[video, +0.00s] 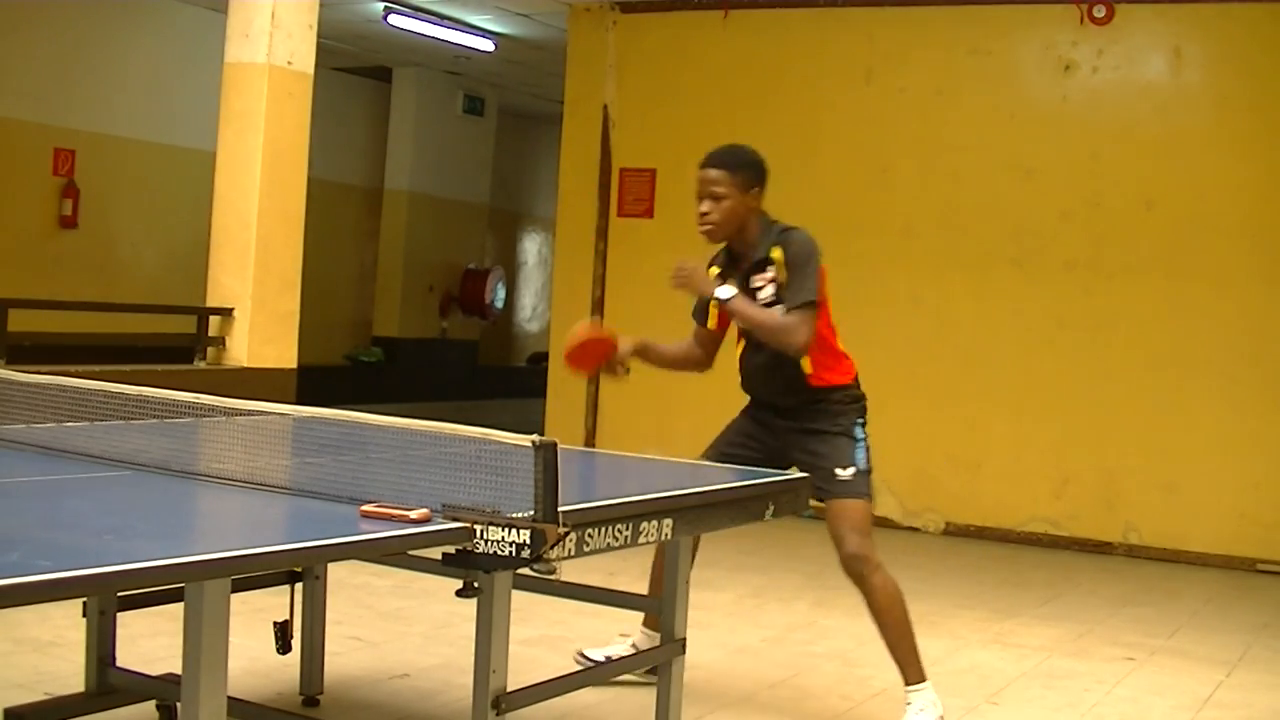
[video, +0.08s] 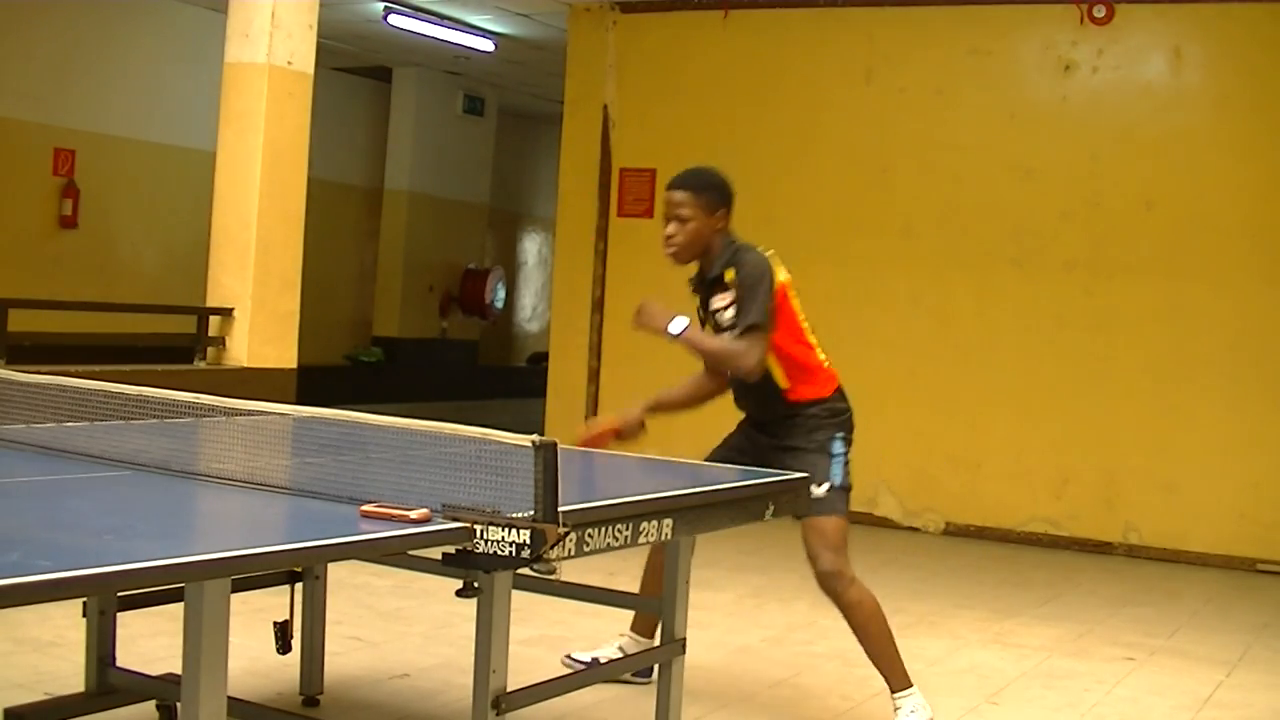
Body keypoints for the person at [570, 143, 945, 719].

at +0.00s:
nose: (701, 210)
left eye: (714, 197)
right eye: (698, 197)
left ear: (752, 197)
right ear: (701, 199)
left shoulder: (794, 247)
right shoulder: (721, 266)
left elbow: (796, 335)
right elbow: (699, 354)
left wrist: (715, 292)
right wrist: (638, 346)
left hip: (829, 416)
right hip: (766, 413)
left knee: (856, 554)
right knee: (679, 509)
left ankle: (920, 693)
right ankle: (649, 641)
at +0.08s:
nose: (666, 231)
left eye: (678, 218)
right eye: (665, 218)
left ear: (716, 219)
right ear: (693, 222)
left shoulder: (749, 267)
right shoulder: (707, 281)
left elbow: (747, 359)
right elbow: (713, 379)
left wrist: (674, 325)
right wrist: (645, 409)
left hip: (816, 423)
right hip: (762, 425)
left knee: (831, 570)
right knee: (673, 519)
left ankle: (908, 700)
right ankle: (637, 648)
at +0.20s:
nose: (619, 270)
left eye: (630, 257)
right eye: (616, 258)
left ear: (667, 254)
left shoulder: (691, 291)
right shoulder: (679, 298)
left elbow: (699, 387)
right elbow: (726, 394)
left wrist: (622, 388)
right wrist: (685, 466)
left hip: (787, 435)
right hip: (735, 434)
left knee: (809, 583)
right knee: (641, 509)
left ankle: (909, 697)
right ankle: (629, 650)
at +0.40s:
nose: (599, 271)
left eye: (605, 257)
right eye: (596, 259)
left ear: (642, 246)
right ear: (638, 249)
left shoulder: (671, 282)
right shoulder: (668, 283)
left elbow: (690, 366)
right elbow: (720, 369)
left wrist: (603, 384)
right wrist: (677, 423)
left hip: (769, 432)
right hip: (721, 432)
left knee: (781, 576)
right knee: (626, 509)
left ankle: (877, 699)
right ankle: (628, 649)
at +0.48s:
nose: (615, 248)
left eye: (621, 234)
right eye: (612, 236)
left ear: (656, 224)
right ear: (653, 229)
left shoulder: (705, 262)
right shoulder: (672, 287)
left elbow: (713, 351)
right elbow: (683, 372)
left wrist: (624, 348)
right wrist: (612, 377)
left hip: (774, 428)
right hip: (718, 427)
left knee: (788, 567)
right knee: (631, 507)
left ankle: (874, 697)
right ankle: (627, 648)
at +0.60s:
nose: (655, 226)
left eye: (661, 212)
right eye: (651, 214)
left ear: (698, 200)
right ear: (686, 206)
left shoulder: (762, 249)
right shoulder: (685, 266)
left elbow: (761, 332)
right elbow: (619, 325)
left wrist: (679, 298)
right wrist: (573, 268)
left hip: (784, 425)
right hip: (718, 419)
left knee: (815, 556)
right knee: (624, 501)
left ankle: (882, 697)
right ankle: (624, 643)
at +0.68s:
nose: (683, 218)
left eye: (694, 205)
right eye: (680, 206)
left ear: (734, 202)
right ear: (683, 207)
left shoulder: (788, 261)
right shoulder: (692, 262)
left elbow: (796, 340)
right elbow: (610, 293)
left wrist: (725, 284)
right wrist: (627, 224)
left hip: (786, 431)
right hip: (712, 426)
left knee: (838, 553)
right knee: (617, 510)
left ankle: (890, 694)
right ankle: (620, 647)